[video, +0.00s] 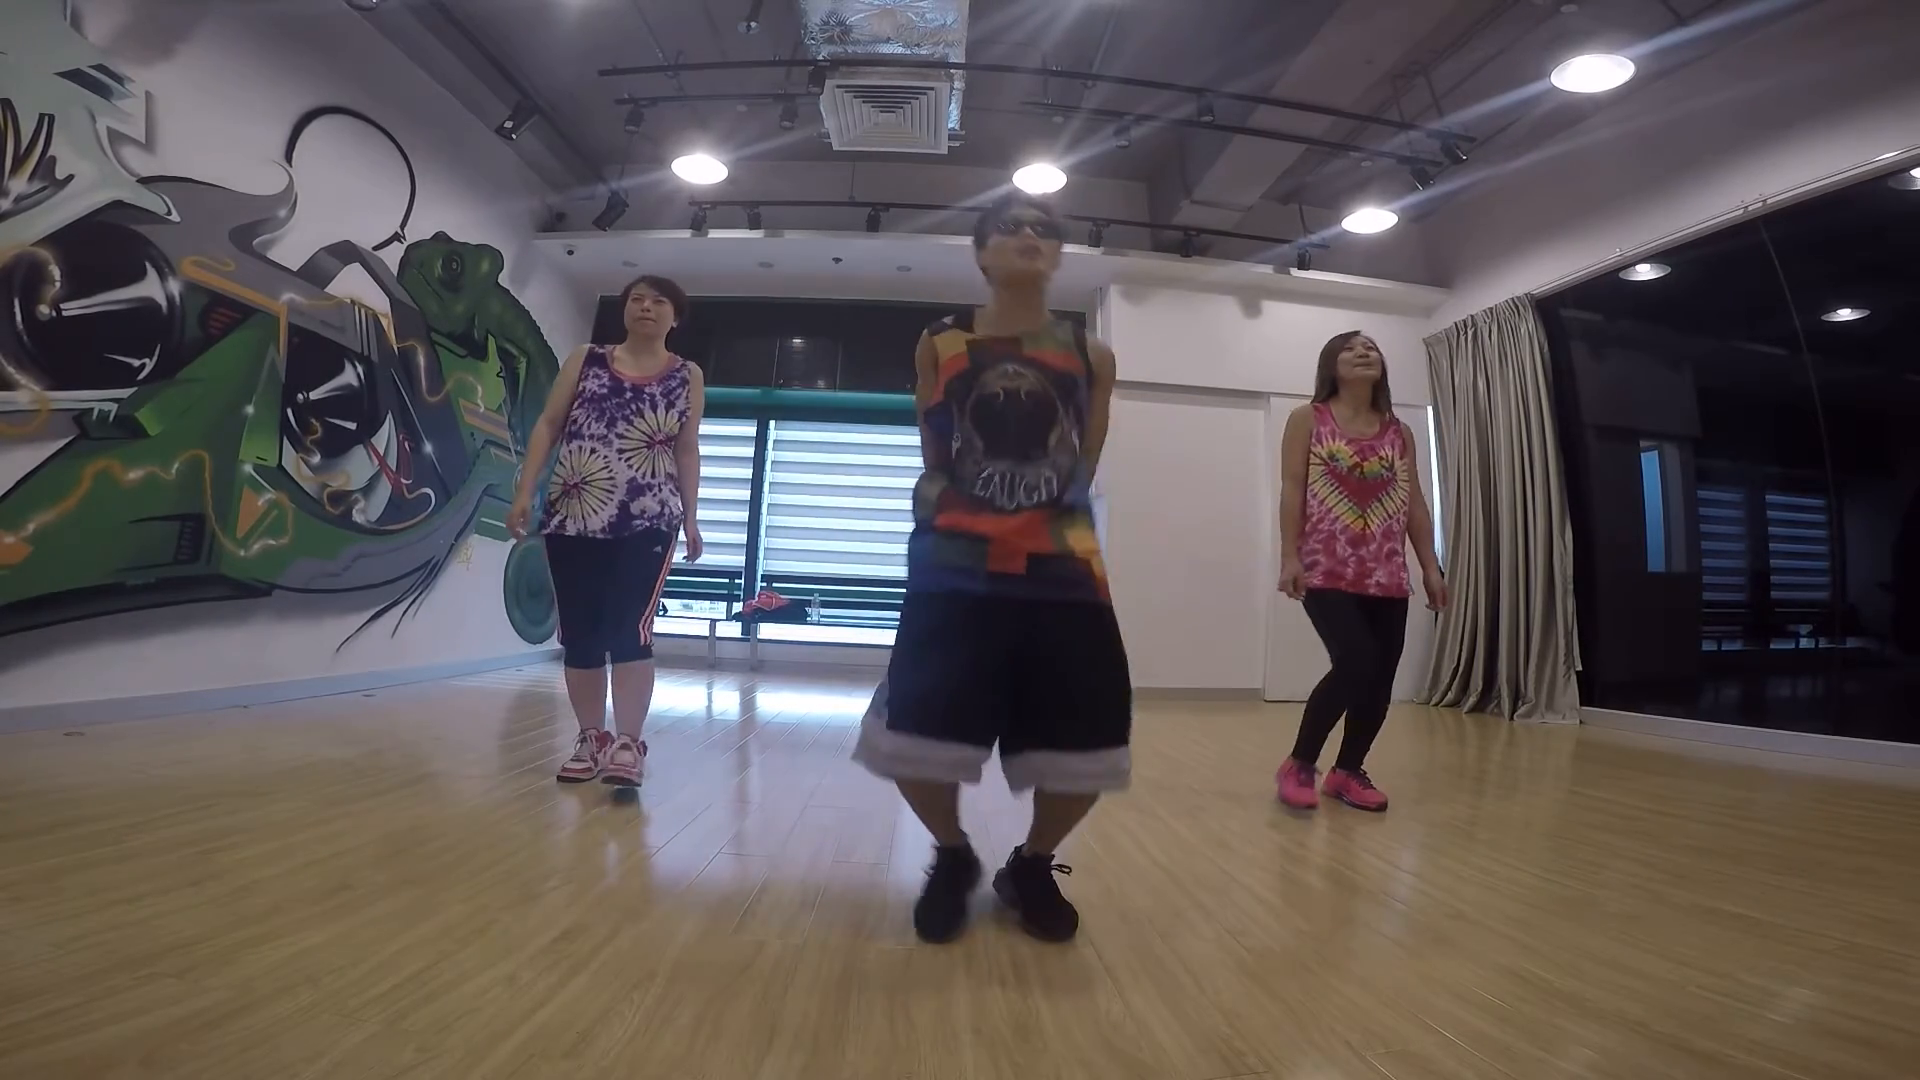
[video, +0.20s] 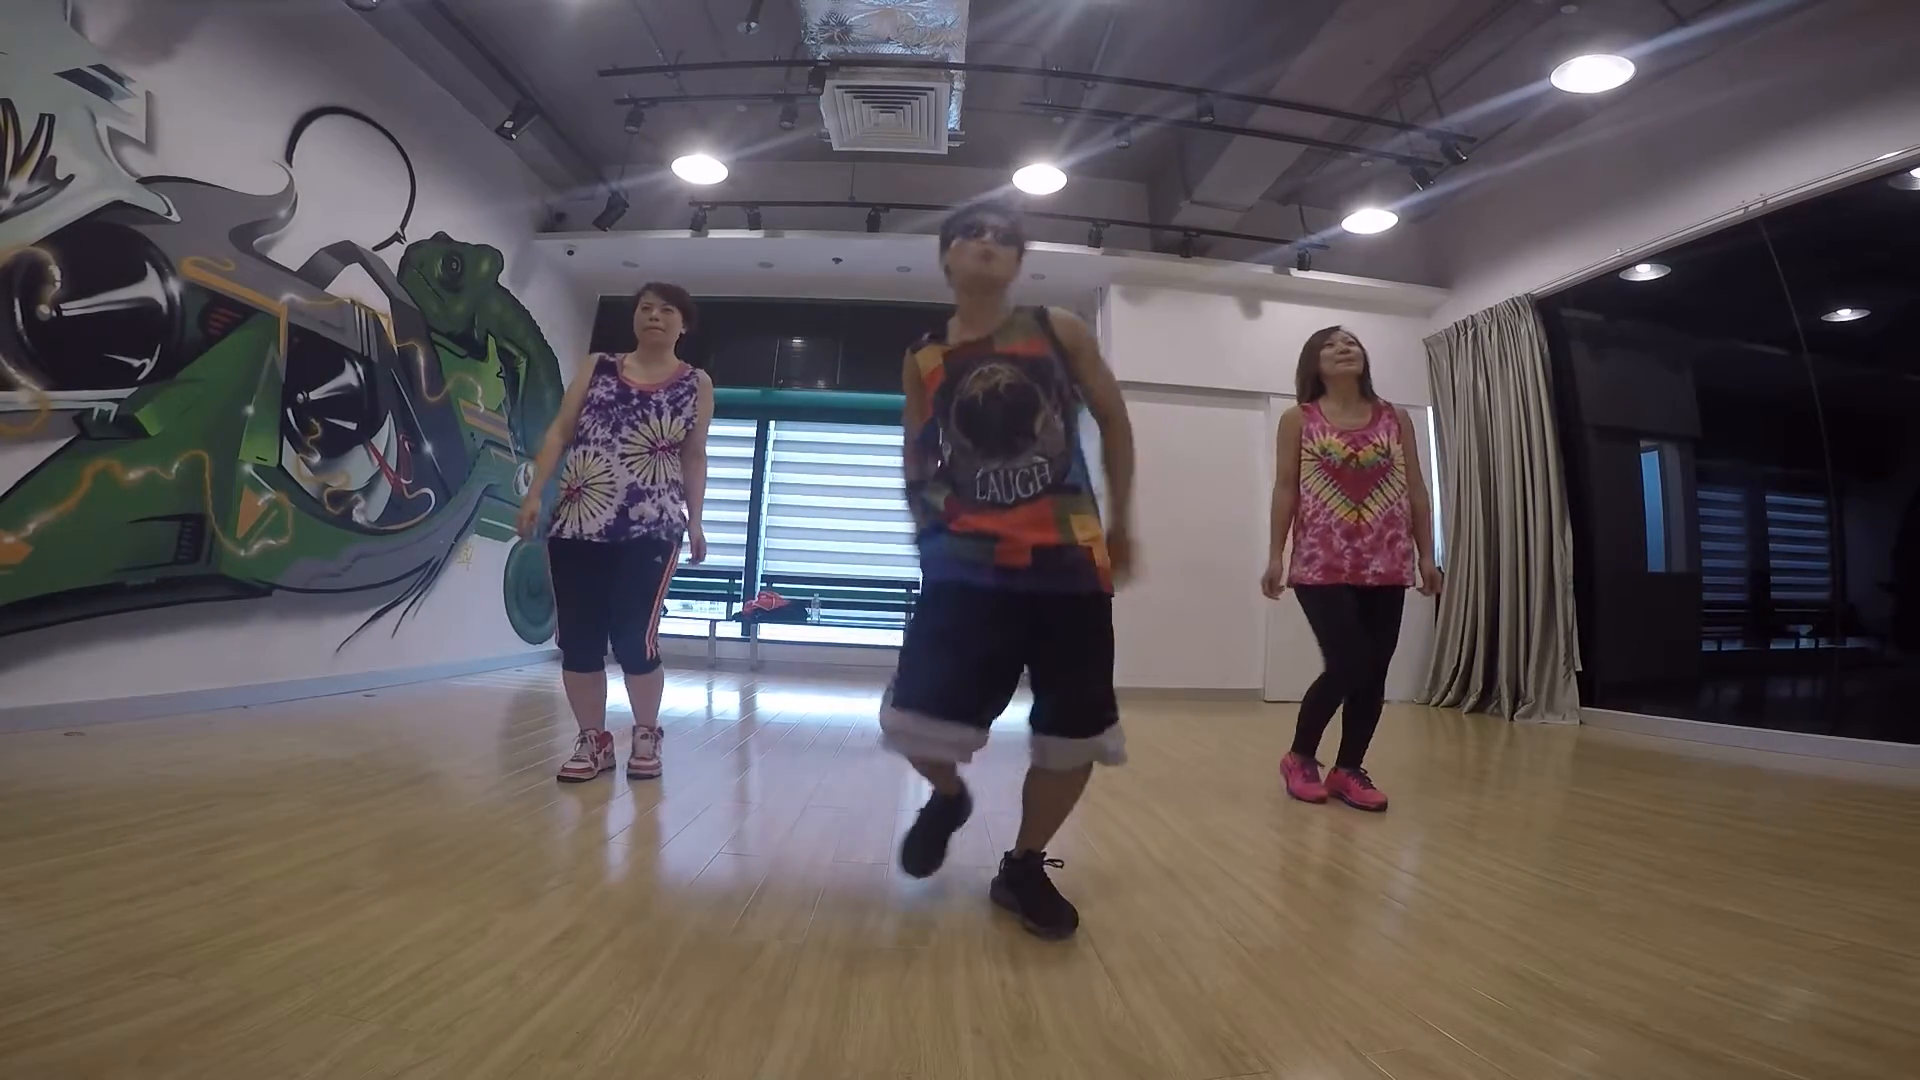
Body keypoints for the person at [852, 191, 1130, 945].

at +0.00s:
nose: (1027, 240)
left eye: (1042, 231)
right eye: (1010, 229)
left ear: (1060, 258)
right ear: (980, 253)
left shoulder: (1090, 359)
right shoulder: (940, 349)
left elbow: (1082, 470)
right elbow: (940, 460)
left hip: (1065, 580)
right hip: (956, 576)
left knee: (1092, 746)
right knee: (907, 743)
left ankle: (1032, 867)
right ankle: (952, 855)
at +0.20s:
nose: (985, 248)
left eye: (1001, 239)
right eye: (970, 235)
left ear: (1019, 262)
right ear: (945, 256)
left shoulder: (1060, 331)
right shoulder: (925, 359)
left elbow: (1114, 419)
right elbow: (917, 460)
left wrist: (1120, 525)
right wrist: (932, 533)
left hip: (1066, 568)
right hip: (966, 568)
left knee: (1073, 734)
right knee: (915, 725)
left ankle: (1025, 865)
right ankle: (950, 797)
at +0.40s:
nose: (959, 300)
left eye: (976, 293)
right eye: (945, 289)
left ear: (993, 317)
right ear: (920, 310)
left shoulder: (1031, 373)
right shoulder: (906, 421)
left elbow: (1101, 450)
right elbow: (891, 517)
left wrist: (1161, 529)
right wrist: (848, 565)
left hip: (1049, 596)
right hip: (954, 608)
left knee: (1083, 747)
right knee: (937, 758)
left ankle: (1022, 868)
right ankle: (968, 826)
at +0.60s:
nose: (963, 304)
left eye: (978, 297)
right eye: (950, 293)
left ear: (995, 319)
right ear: (927, 311)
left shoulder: (1031, 383)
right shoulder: (905, 409)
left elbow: (1061, 478)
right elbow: (896, 500)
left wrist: (1074, 570)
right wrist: (887, 576)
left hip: (1033, 581)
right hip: (944, 589)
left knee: (1060, 724)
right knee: (930, 735)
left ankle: (1071, 887)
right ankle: (966, 824)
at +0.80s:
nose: (1001, 282)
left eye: (1014, 273)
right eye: (987, 271)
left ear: (1030, 292)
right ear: (963, 286)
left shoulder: (1044, 382)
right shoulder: (920, 361)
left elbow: (1049, 471)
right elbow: (887, 458)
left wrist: (1058, 534)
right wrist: (887, 525)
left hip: (1034, 552)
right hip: (944, 555)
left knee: (1077, 687)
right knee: (934, 708)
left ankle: (1068, 838)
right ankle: (965, 820)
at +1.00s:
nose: (1034, 315)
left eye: (1046, 308)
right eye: (1019, 306)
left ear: (1060, 327)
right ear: (994, 323)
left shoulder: (1056, 425)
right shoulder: (944, 381)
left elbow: (1052, 518)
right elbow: (879, 433)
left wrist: (1058, 597)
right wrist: (860, 497)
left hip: (1024, 591)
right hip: (939, 586)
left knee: (1057, 723)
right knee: (927, 733)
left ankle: (1013, 804)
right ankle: (966, 823)